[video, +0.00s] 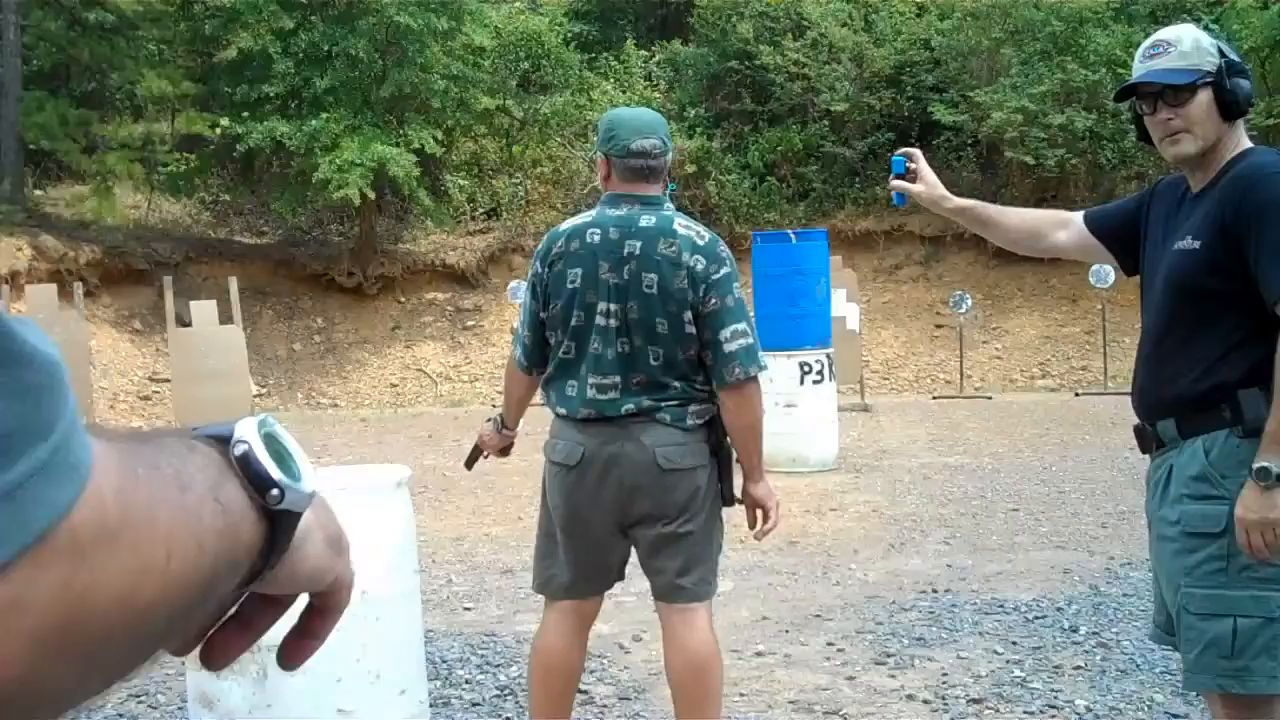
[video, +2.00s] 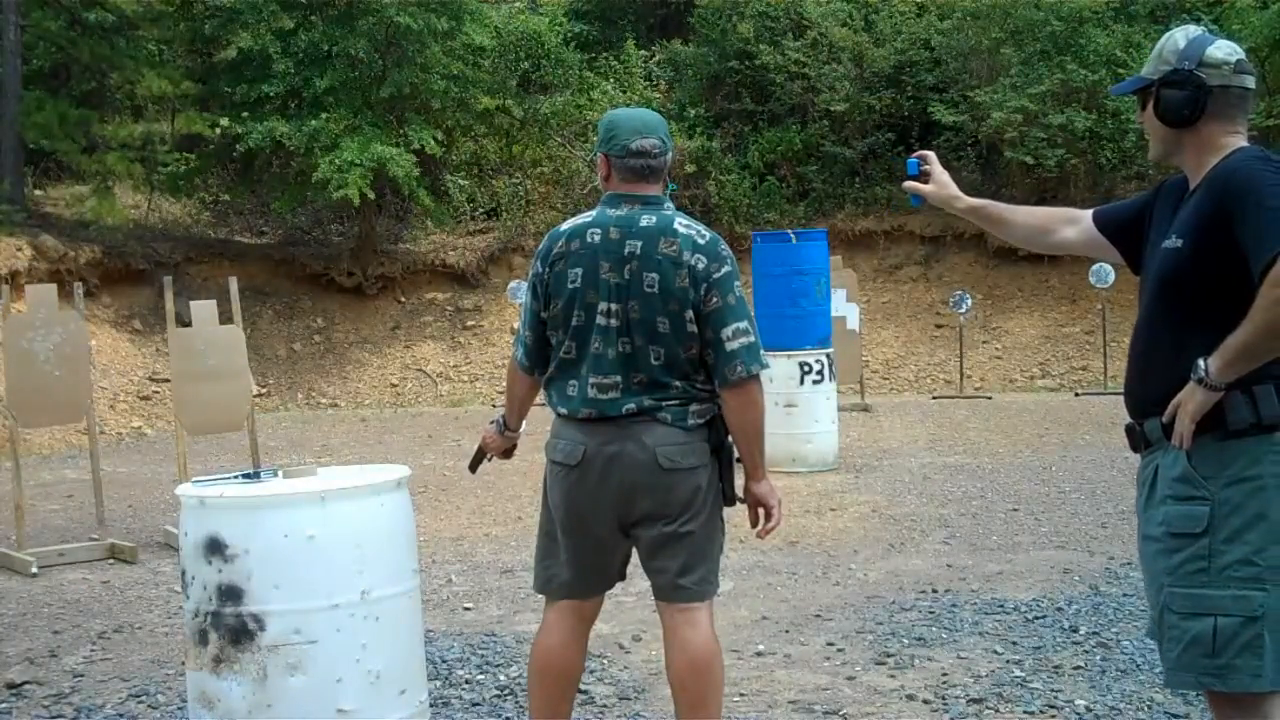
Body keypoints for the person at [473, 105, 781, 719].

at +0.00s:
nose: (595, 170)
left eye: (596, 162)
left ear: (604, 168)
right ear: (669, 168)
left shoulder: (560, 244)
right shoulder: (702, 248)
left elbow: (528, 356)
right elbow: (736, 376)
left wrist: (505, 423)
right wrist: (754, 474)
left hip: (580, 452)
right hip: (676, 452)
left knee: (567, 608)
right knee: (686, 610)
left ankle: (547, 715)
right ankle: (702, 715)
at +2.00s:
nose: (596, 169)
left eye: (598, 161)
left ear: (604, 167)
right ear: (668, 167)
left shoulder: (561, 243)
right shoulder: (703, 247)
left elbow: (530, 356)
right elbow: (738, 375)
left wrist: (508, 425)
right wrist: (756, 472)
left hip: (581, 453)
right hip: (677, 454)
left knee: (568, 608)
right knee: (688, 611)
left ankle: (547, 715)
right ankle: (701, 715)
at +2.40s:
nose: (597, 170)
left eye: (598, 162)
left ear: (605, 169)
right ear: (669, 168)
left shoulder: (561, 244)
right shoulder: (704, 248)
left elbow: (530, 356)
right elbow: (739, 375)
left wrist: (508, 425)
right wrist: (756, 473)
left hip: (582, 452)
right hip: (678, 452)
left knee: (568, 607)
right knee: (687, 609)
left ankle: (547, 715)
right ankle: (701, 715)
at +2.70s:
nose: (597, 170)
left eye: (598, 162)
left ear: (605, 168)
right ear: (669, 168)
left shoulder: (562, 244)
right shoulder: (704, 248)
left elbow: (530, 358)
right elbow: (739, 375)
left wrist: (509, 425)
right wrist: (756, 473)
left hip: (582, 452)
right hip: (678, 452)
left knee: (568, 607)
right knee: (687, 609)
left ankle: (547, 715)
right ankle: (701, 715)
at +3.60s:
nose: (593, 171)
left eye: (594, 163)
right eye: (597, 162)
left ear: (602, 169)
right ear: (666, 168)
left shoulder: (563, 242)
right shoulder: (705, 245)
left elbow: (525, 333)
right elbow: (743, 370)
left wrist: (500, 383)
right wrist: (759, 469)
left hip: (583, 451)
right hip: (680, 452)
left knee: (567, 607)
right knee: (690, 610)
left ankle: (547, 715)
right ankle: (701, 715)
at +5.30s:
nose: (579, 172)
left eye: (580, 165)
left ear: (586, 172)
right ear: (651, 168)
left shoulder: (556, 231)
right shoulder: (697, 240)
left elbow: (514, 239)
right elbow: (741, 362)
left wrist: (501, 226)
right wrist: (767, 459)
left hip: (583, 446)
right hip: (678, 451)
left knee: (568, 607)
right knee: (691, 611)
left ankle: (546, 716)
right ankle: (702, 716)